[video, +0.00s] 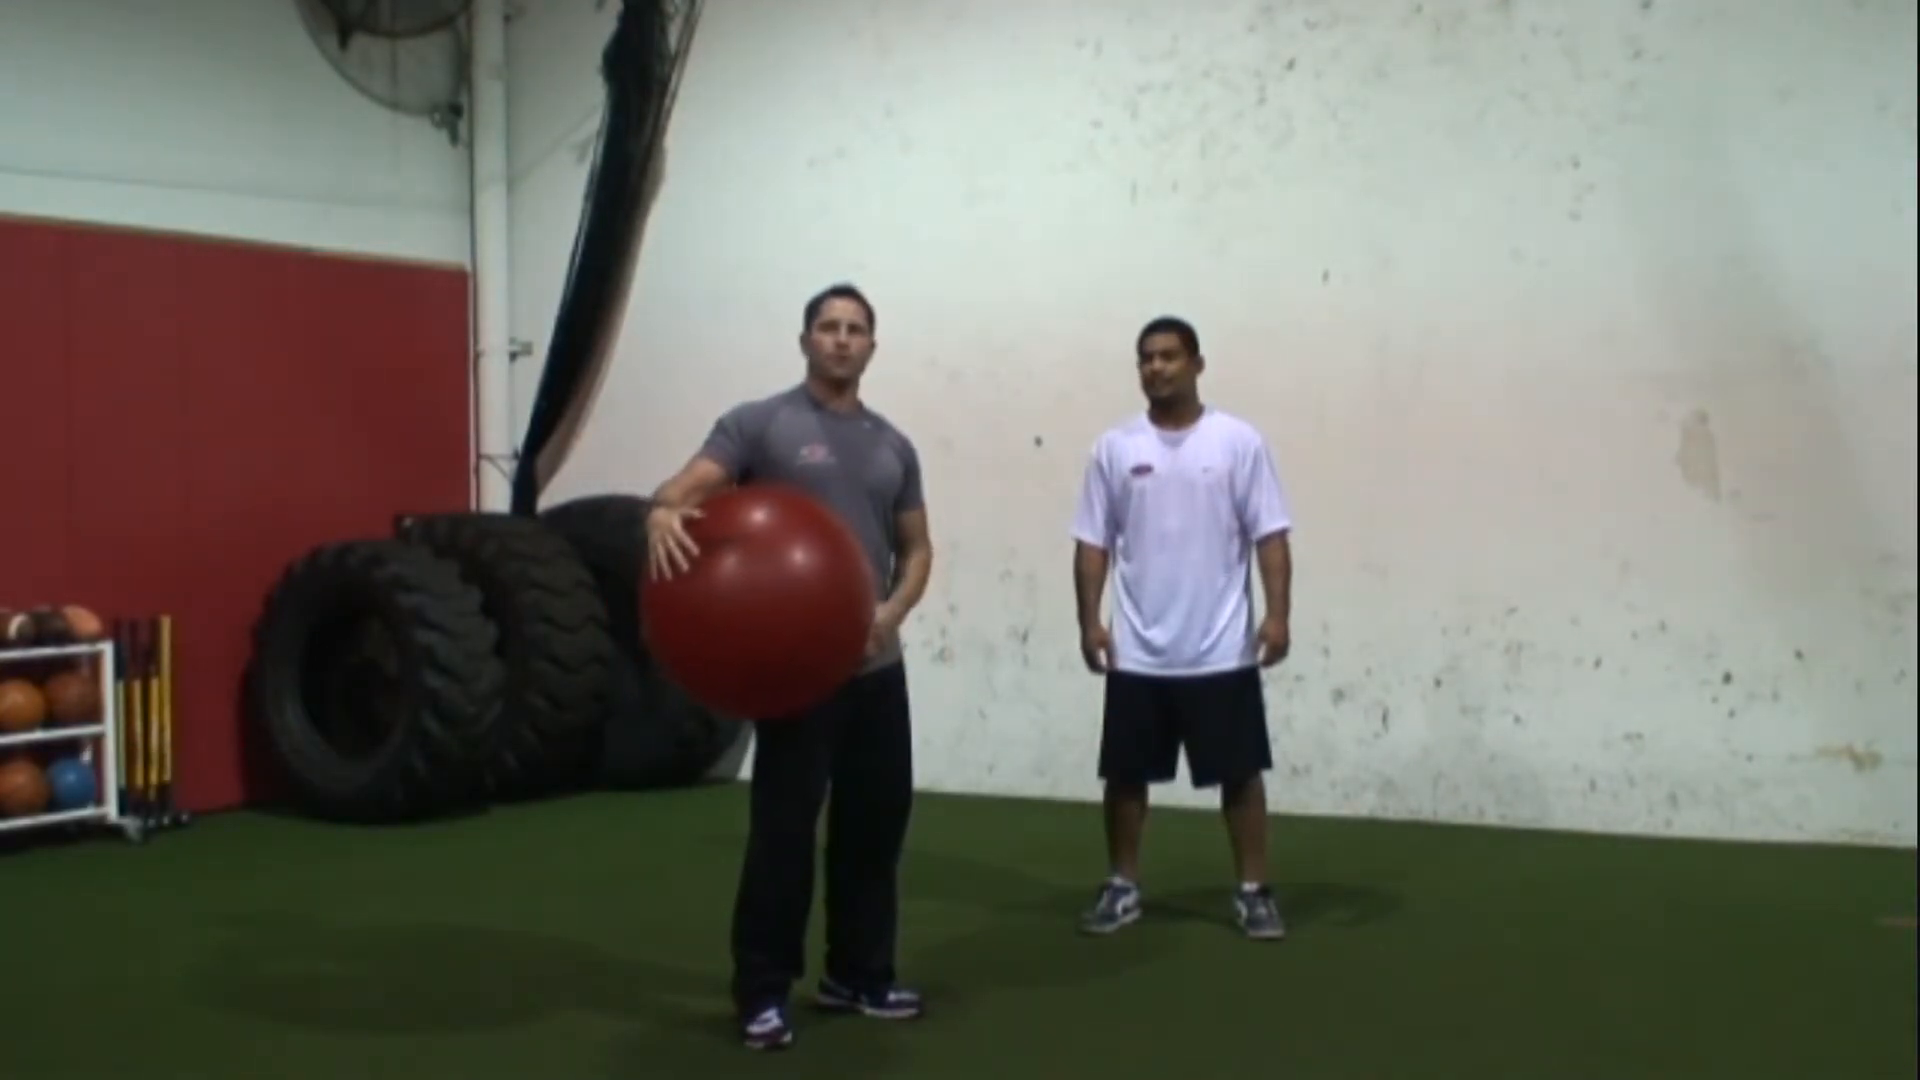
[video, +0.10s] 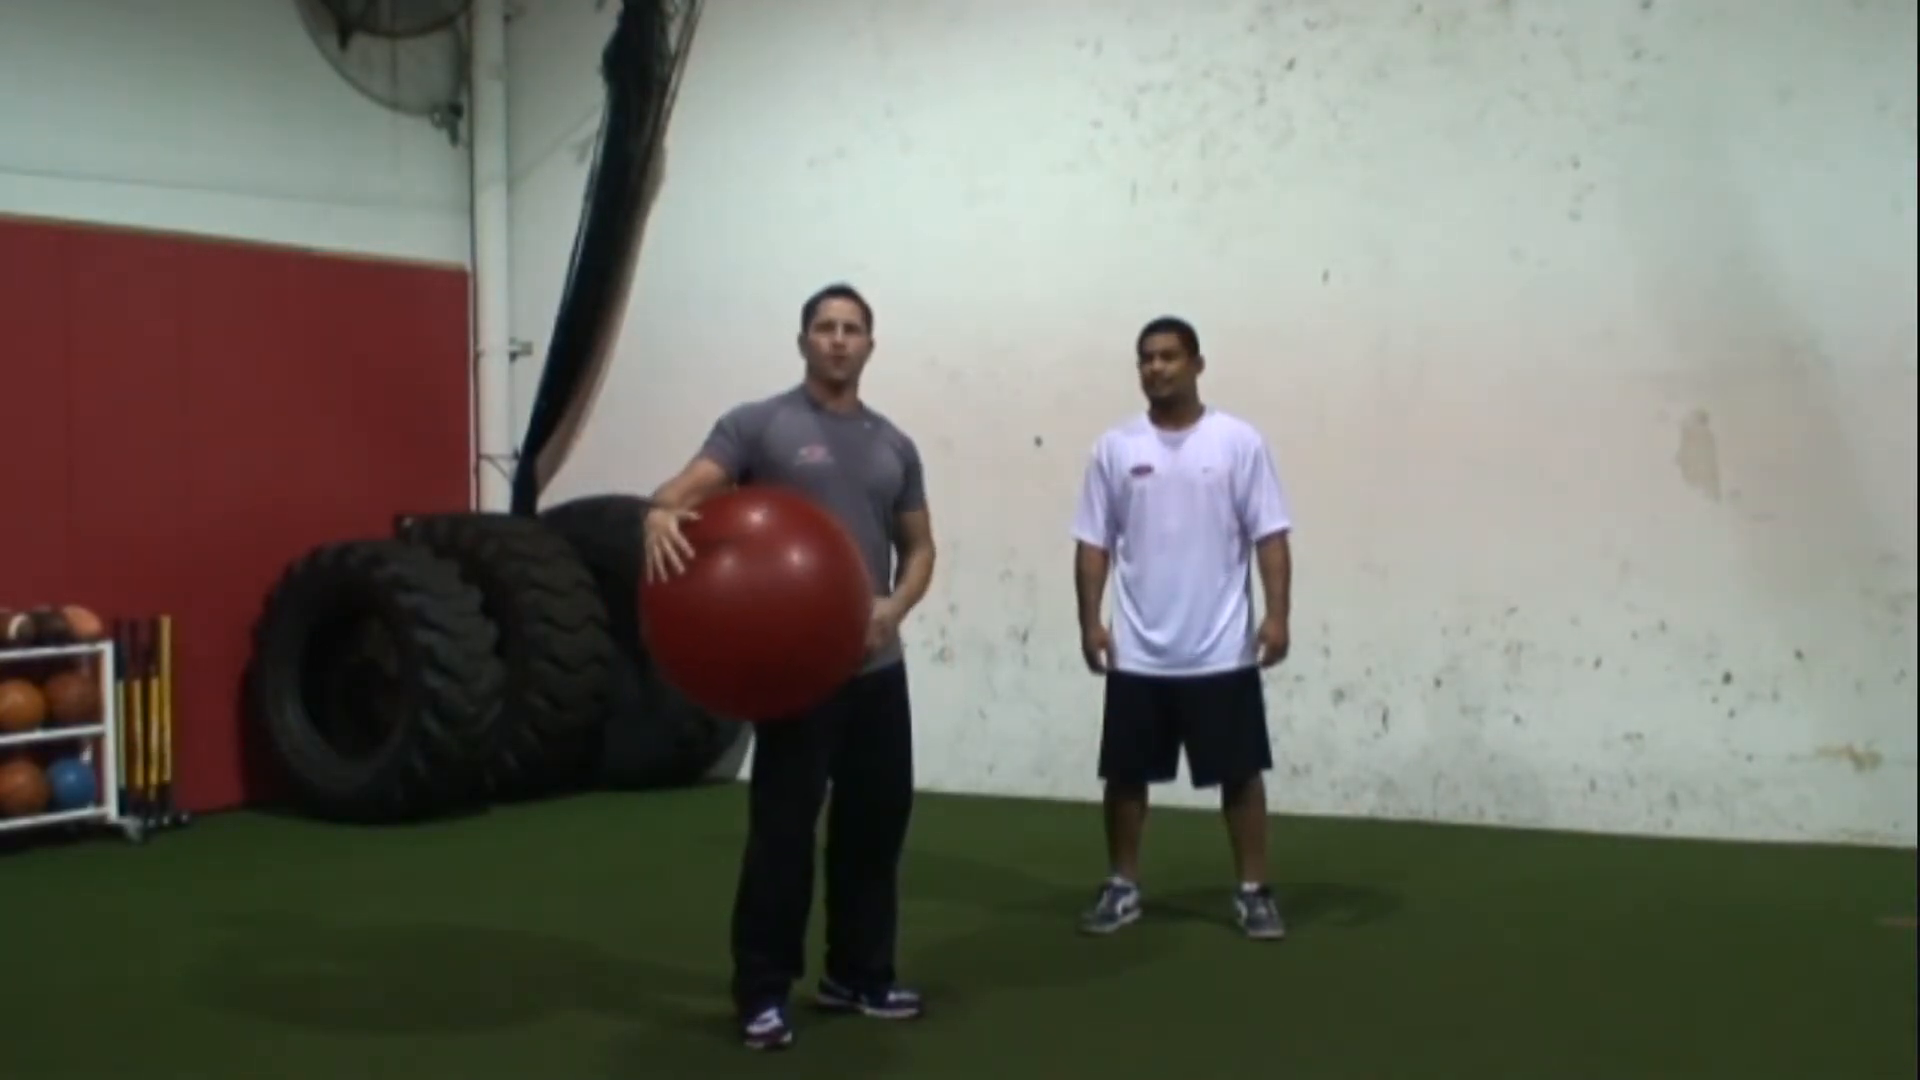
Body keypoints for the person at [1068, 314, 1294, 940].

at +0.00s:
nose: (1156, 367)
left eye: (1169, 357)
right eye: (1148, 359)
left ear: (1197, 364)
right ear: (1137, 370)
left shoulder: (1239, 442)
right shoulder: (1115, 449)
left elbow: (1270, 533)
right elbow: (1093, 540)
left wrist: (1277, 613)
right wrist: (1090, 620)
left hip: (1221, 644)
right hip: (1138, 645)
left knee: (1242, 776)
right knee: (1123, 777)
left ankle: (1253, 889)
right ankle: (1122, 884)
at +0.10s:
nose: (1156, 368)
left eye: (1169, 357)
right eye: (1148, 359)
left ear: (1197, 365)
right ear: (1137, 371)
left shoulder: (1240, 443)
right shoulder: (1115, 449)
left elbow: (1270, 534)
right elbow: (1093, 540)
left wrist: (1277, 614)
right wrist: (1090, 620)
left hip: (1221, 645)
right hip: (1139, 646)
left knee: (1242, 776)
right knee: (1124, 777)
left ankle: (1253, 888)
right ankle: (1122, 884)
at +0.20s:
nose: (1157, 368)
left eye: (1169, 357)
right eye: (1149, 359)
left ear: (1197, 365)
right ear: (1138, 370)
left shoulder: (1240, 443)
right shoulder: (1116, 449)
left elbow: (1270, 535)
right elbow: (1094, 540)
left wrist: (1277, 615)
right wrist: (1091, 620)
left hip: (1221, 645)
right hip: (1139, 646)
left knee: (1242, 776)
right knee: (1123, 777)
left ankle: (1254, 889)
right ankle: (1122, 884)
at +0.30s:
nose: (1159, 367)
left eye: (1171, 357)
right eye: (1150, 359)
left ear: (1198, 364)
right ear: (1139, 371)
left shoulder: (1240, 443)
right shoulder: (1116, 449)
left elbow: (1270, 534)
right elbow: (1094, 540)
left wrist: (1275, 614)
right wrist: (1091, 620)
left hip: (1221, 644)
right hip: (1139, 646)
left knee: (1242, 776)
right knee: (1124, 777)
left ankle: (1254, 888)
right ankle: (1122, 884)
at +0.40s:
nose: (1167, 366)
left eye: (1177, 356)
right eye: (1155, 358)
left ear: (1200, 364)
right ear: (1140, 372)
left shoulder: (1242, 443)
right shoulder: (1117, 448)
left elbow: (1274, 531)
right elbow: (1095, 539)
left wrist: (1258, 598)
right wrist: (1093, 619)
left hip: (1223, 646)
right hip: (1140, 646)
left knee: (1242, 777)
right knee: (1124, 777)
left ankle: (1254, 889)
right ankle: (1122, 884)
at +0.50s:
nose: (1178, 367)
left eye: (1187, 357)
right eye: (1164, 359)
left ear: (1204, 366)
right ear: (1145, 372)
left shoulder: (1245, 442)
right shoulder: (1119, 449)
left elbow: (1277, 524)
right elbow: (1095, 539)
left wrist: (1230, 548)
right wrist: (1094, 620)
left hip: (1222, 646)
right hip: (1141, 647)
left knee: (1242, 776)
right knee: (1125, 777)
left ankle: (1254, 888)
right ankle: (1122, 884)